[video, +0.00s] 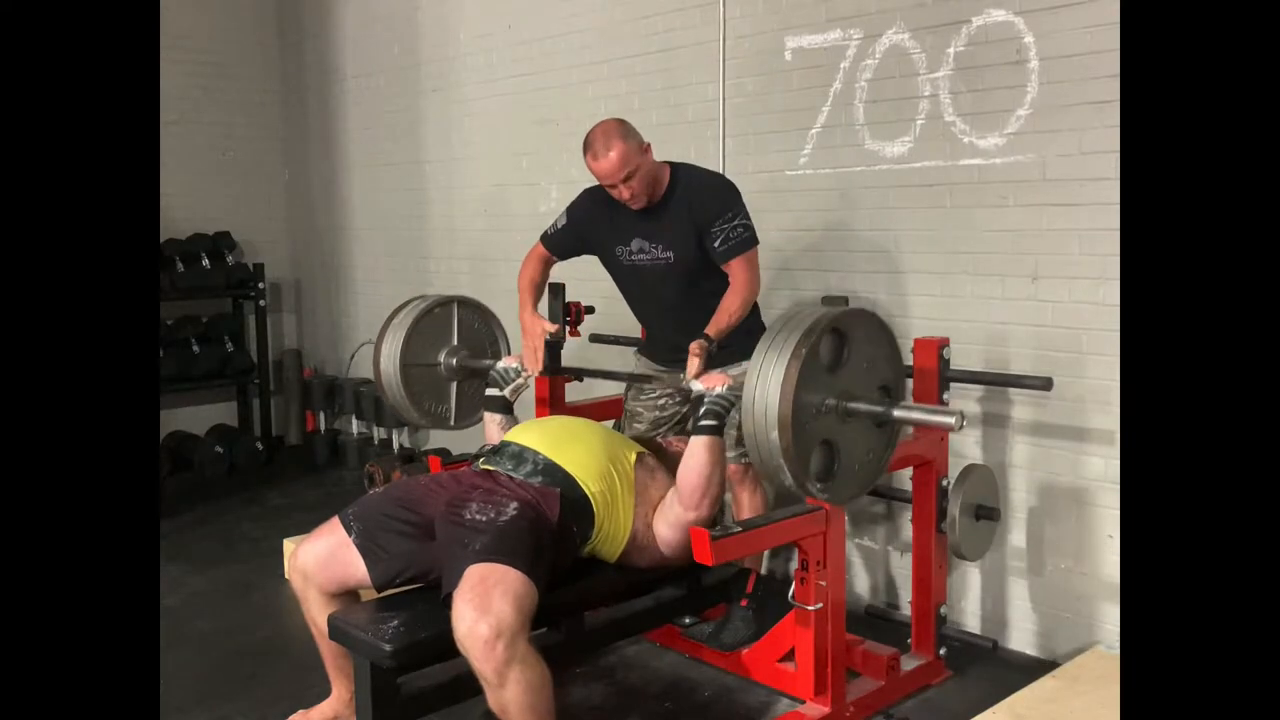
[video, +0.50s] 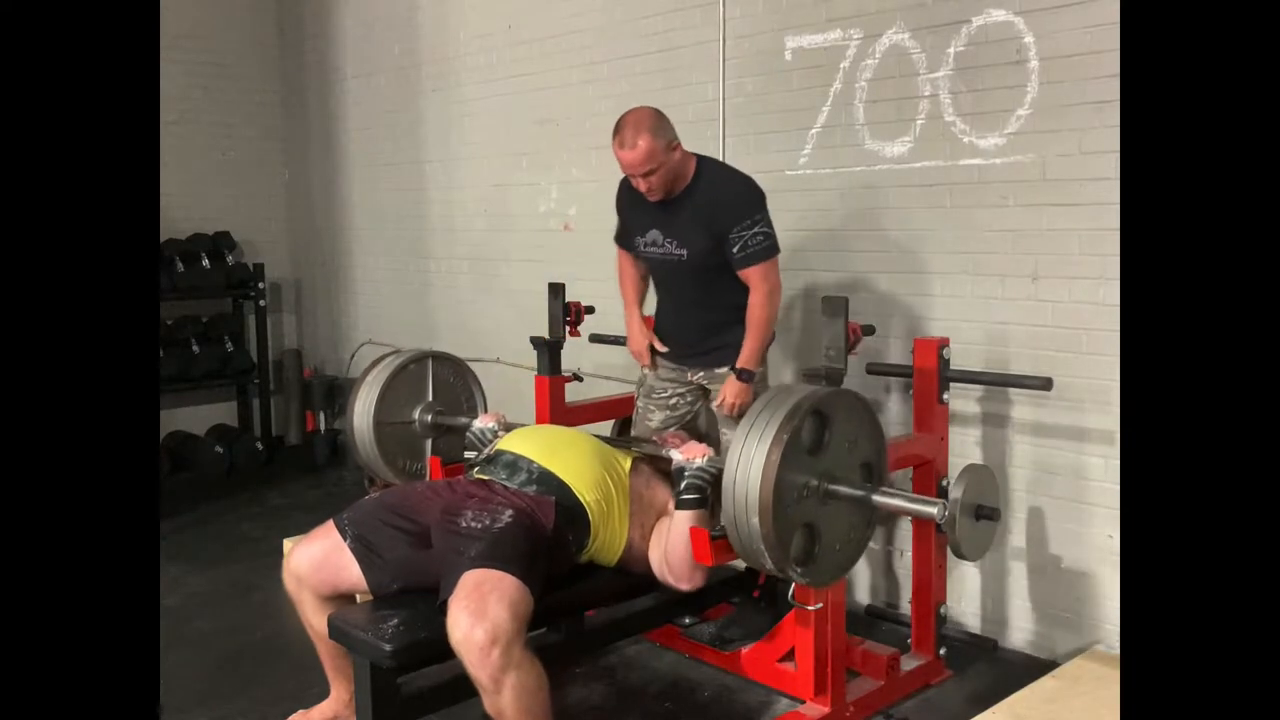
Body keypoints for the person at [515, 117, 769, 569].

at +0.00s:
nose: (625, 193)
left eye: (630, 178)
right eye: (611, 186)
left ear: (648, 152)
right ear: (596, 178)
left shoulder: (709, 193)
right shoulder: (593, 211)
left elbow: (745, 281)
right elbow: (537, 259)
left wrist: (708, 339)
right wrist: (528, 317)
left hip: (731, 357)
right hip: (659, 361)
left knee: (738, 469)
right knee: (650, 463)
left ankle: (750, 585)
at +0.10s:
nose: (621, 195)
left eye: (627, 180)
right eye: (607, 188)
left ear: (646, 154)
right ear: (593, 178)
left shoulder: (707, 191)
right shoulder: (588, 212)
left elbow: (748, 275)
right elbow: (531, 258)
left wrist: (714, 336)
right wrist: (523, 311)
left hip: (732, 357)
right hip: (657, 361)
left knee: (739, 466)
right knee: (650, 466)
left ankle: (751, 584)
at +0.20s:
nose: (621, 195)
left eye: (626, 180)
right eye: (608, 187)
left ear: (647, 153)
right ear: (593, 177)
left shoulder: (708, 192)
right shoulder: (589, 212)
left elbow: (752, 274)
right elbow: (539, 254)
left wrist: (720, 344)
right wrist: (534, 306)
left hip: (730, 357)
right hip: (657, 363)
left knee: (743, 470)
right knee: (650, 476)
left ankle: (760, 583)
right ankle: (669, 593)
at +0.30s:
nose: (624, 194)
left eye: (631, 179)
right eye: (613, 185)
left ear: (653, 154)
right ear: (601, 175)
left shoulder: (713, 195)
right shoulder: (599, 207)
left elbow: (755, 282)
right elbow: (564, 256)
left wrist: (727, 364)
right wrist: (565, 302)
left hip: (729, 361)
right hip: (658, 366)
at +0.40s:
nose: (632, 189)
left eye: (640, 176)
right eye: (622, 179)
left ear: (666, 151)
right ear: (612, 169)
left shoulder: (722, 196)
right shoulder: (617, 200)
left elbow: (756, 287)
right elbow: (602, 256)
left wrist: (738, 374)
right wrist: (609, 317)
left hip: (728, 365)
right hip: (661, 364)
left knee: (739, 475)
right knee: (648, 471)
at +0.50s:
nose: (640, 186)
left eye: (648, 173)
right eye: (631, 176)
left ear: (676, 151)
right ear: (622, 164)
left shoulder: (733, 194)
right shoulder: (631, 194)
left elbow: (766, 287)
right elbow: (630, 254)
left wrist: (744, 373)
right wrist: (634, 319)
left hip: (731, 366)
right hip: (667, 363)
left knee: (738, 480)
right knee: (649, 473)